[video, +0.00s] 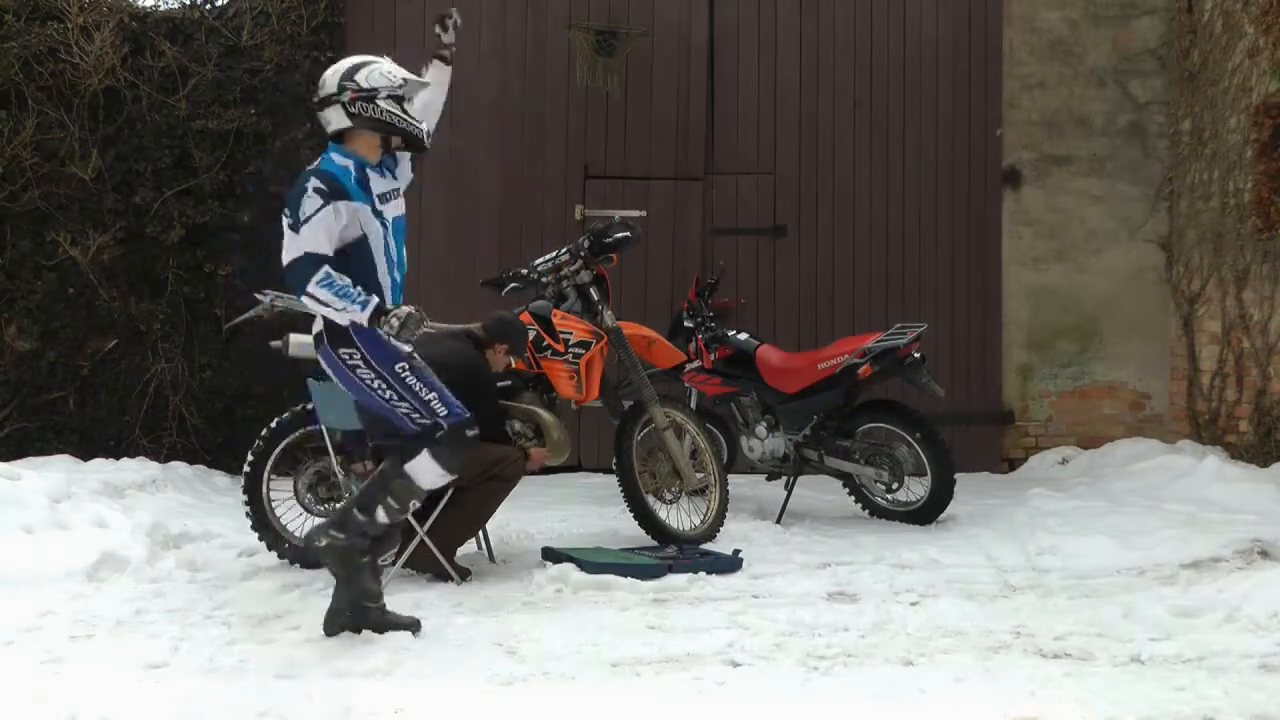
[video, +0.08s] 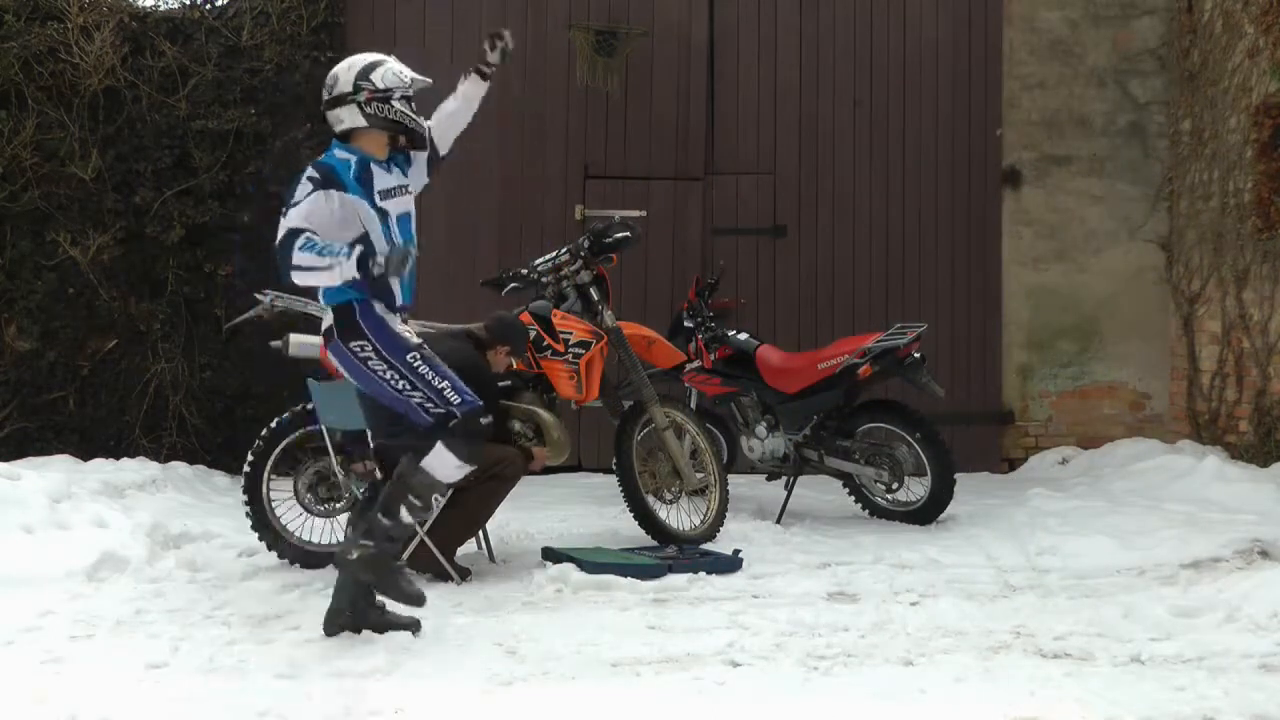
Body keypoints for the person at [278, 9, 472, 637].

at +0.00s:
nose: (402, 115)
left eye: (401, 105)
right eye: (393, 104)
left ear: (363, 110)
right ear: (363, 109)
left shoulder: (385, 166)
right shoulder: (325, 181)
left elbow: (419, 122)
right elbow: (304, 272)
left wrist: (441, 60)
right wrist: (380, 313)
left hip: (376, 331)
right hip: (347, 334)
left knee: (396, 457)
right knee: (455, 437)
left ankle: (357, 597)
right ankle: (360, 520)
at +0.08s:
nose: (411, 112)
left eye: (409, 102)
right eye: (400, 102)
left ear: (378, 113)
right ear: (365, 111)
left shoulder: (399, 167)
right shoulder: (327, 178)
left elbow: (440, 132)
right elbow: (294, 255)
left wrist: (481, 74)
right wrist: (356, 263)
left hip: (385, 324)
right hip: (355, 327)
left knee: (401, 457)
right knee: (469, 418)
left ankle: (352, 598)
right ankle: (386, 542)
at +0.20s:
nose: (419, 100)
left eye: (416, 91)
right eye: (407, 91)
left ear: (386, 100)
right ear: (377, 98)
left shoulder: (414, 160)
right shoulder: (345, 164)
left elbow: (460, 167)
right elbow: (305, 203)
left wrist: (512, 151)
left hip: (407, 318)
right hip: (383, 320)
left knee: (404, 465)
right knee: (452, 453)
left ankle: (353, 598)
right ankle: (385, 597)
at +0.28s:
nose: (423, 114)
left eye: (420, 104)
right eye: (413, 104)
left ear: (395, 112)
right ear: (384, 112)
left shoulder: (420, 176)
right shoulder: (358, 171)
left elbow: (459, 213)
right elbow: (332, 143)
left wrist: (507, 226)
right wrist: (366, 70)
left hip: (424, 323)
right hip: (392, 323)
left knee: (449, 457)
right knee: (420, 466)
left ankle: (364, 583)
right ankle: (372, 611)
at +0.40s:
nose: (449, 108)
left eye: (446, 99)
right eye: (438, 100)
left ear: (420, 112)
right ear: (402, 109)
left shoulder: (416, 178)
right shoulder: (391, 167)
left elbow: (423, 268)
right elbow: (413, 92)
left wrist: (478, 290)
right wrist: (417, 23)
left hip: (427, 329)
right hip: (395, 327)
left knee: (501, 438)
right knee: (432, 466)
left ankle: (425, 541)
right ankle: (367, 612)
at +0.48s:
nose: (458, 117)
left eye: (457, 107)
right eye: (447, 108)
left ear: (409, 112)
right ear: (414, 111)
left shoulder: (419, 175)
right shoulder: (402, 170)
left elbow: (420, 254)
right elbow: (445, 108)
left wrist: (474, 265)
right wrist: (480, 28)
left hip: (434, 328)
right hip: (405, 329)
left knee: (513, 424)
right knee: (432, 467)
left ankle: (440, 542)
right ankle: (368, 612)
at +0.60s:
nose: (480, 105)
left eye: (479, 95)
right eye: (471, 95)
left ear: (427, 100)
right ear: (438, 96)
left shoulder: (425, 154)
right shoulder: (432, 147)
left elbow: (419, 243)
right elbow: (497, 113)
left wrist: (473, 315)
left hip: (456, 318)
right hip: (432, 319)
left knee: (497, 442)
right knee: (436, 460)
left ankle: (453, 578)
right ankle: (370, 608)